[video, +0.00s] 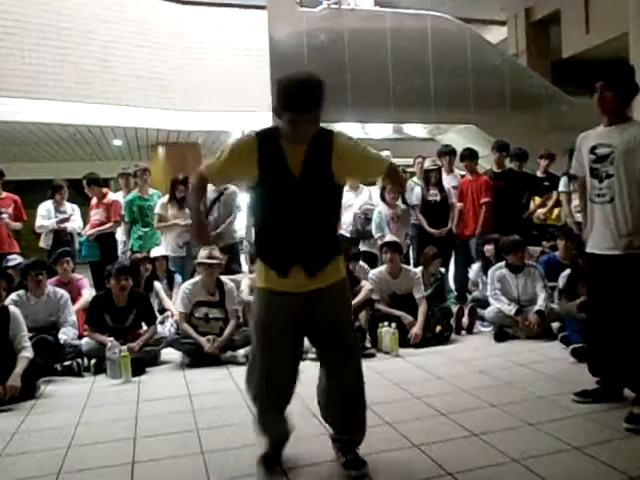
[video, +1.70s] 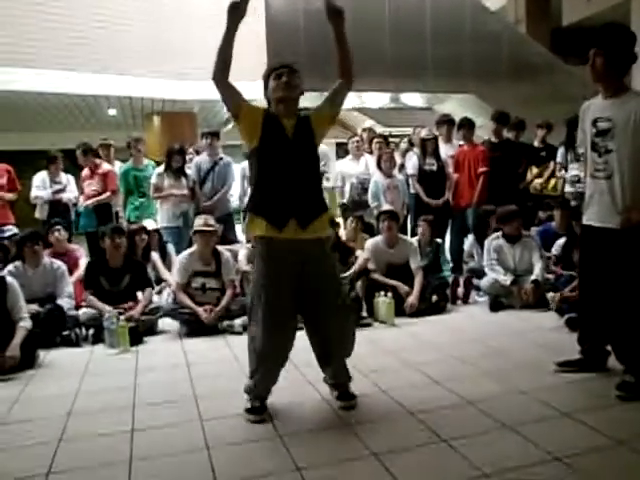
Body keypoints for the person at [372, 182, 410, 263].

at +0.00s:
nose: (393, 195)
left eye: (396, 192)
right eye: (389, 192)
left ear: (399, 194)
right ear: (383, 193)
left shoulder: (404, 210)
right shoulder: (379, 211)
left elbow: (408, 228)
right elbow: (376, 230)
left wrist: (406, 241)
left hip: (402, 245)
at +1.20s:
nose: (387, 190)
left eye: (390, 186)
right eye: (384, 186)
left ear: (393, 188)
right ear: (378, 188)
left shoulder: (398, 206)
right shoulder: (374, 205)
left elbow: (403, 222)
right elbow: (369, 222)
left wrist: (401, 234)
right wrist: (374, 234)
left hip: (396, 238)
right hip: (380, 237)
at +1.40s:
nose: (386, 164)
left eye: (388, 160)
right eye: (383, 161)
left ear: (392, 162)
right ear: (377, 163)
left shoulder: (398, 180)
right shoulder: (373, 180)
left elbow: (403, 196)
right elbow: (369, 198)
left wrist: (401, 208)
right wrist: (373, 209)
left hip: (396, 212)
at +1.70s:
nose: (388, 164)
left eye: (391, 161)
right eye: (385, 161)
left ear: (394, 163)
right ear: (380, 163)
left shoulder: (401, 179)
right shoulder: (376, 180)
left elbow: (406, 196)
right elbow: (372, 199)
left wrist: (404, 210)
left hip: (400, 213)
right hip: (384, 213)